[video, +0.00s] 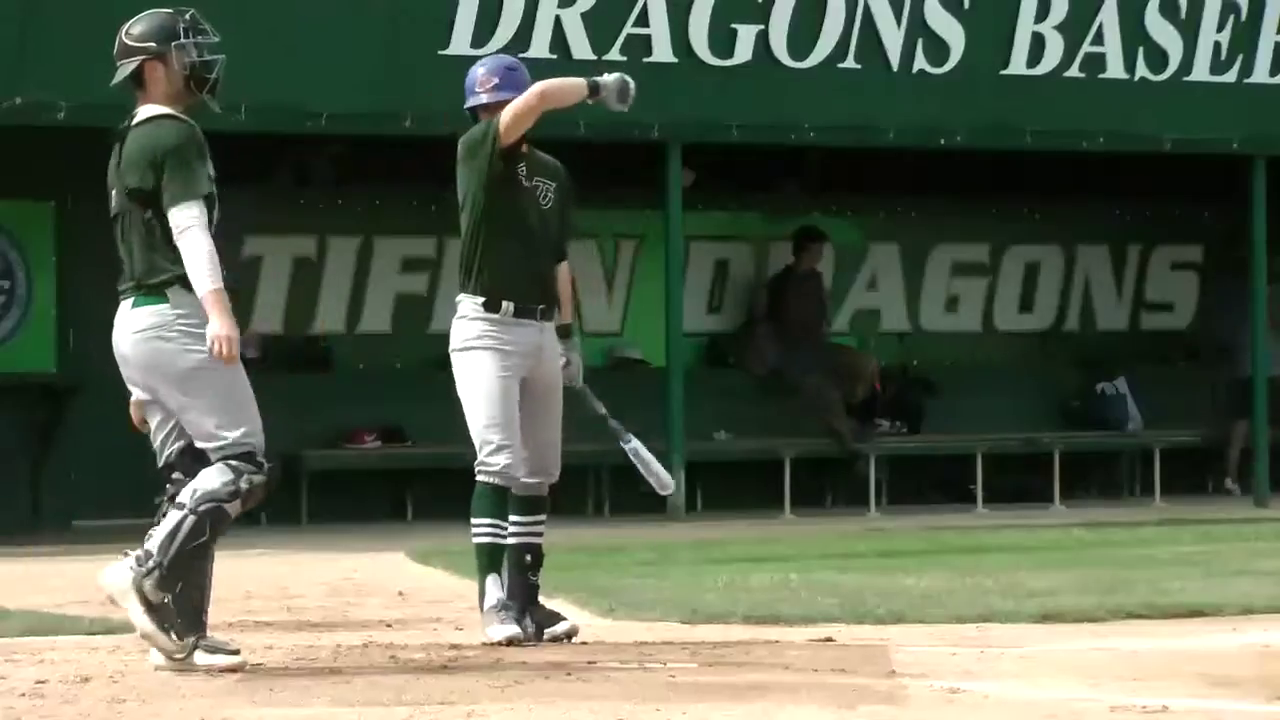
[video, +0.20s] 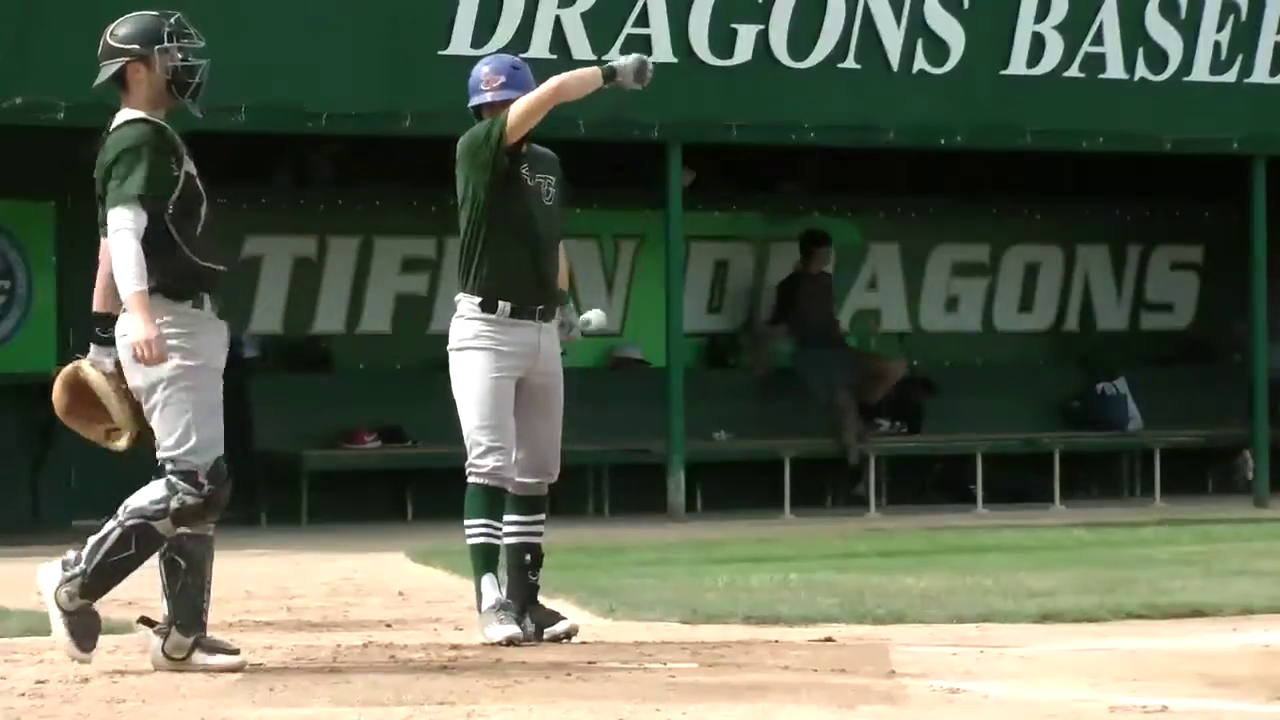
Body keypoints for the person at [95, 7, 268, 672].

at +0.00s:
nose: (200, 62)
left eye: (196, 52)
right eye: (187, 52)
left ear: (149, 70)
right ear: (154, 64)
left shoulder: (131, 142)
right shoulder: (174, 132)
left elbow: (139, 258)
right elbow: (189, 229)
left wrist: (143, 378)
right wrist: (220, 312)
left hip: (137, 322)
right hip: (174, 319)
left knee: (191, 477)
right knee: (243, 464)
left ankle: (183, 633)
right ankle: (145, 573)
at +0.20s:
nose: (185, 64)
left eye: (181, 54)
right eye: (172, 56)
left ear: (139, 70)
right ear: (138, 67)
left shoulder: (148, 135)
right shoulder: (139, 135)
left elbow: (111, 247)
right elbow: (123, 237)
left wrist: (101, 344)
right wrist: (141, 322)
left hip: (174, 322)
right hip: (170, 325)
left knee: (200, 484)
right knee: (195, 483)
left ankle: (183, 634)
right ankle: (74, 582)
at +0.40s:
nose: (149, 65)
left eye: (147, 56)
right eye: (135, 57)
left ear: (119, 72)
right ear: (101, 71)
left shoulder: (137, 144)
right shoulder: (95, 146)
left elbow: (135, 258)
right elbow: (84, 250)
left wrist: (85, 351)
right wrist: (104, 336)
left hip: (177, 331)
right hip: (133, 331)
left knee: (185, 491)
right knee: (124, 494)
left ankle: (182, 638)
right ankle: (30, 613)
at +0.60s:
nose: (107, 84)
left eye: (107, 73)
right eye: (96, 73)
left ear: (74, 79)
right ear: (62, 75)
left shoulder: (97, 151)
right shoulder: (39, 157)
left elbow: (106, 260)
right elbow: (37, 261)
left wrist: (145, 366)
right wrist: (120, 278)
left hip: (124, 333)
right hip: (71, 335)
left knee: (147, 488)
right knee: (53, 496)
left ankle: (178, 634)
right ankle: (6, 636)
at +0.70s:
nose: (83, 88)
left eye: (82, 78)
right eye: (72, 76)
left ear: (63, 84)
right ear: (37, 77)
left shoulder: (73, 152)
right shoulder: (12, 156)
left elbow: (91, 260)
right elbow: (20, 256)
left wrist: (137, 329)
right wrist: (96, 213)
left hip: (98, 333)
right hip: (44, 334)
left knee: (130, 485)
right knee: (30, 497)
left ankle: (171, 631)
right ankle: (6, 641)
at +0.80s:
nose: (59, 97)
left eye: (61, 87)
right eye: (51, 85)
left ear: (28, 84)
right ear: (16, 79)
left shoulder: (44, 150)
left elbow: (79, 235)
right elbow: (22, 235)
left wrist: (133, 299)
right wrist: (54, 155)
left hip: (76, 331)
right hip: (21, 332)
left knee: (122, 476)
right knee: (10, 497)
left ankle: (162, 625)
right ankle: (5, 642)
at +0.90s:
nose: (55, 86)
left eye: (54, 76)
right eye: (46, 76)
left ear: (26, 80)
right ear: (21, 79)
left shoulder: (38, 141)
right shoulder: (6, 141)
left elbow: (60, 228)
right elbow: (18, 207)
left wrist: (126, 288)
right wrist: (17, 119)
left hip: (61, 331)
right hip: (14, 331)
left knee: (114, 473)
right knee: (5, 495)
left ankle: (143, 624)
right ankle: (5, 642)